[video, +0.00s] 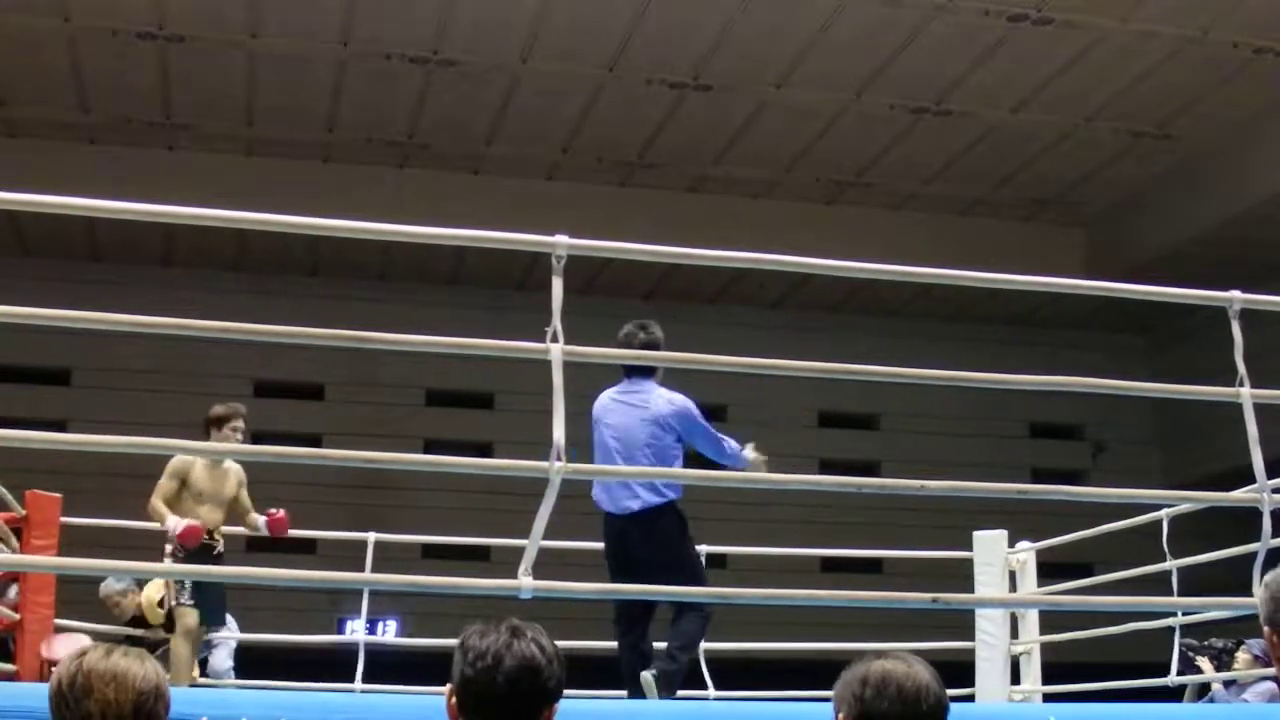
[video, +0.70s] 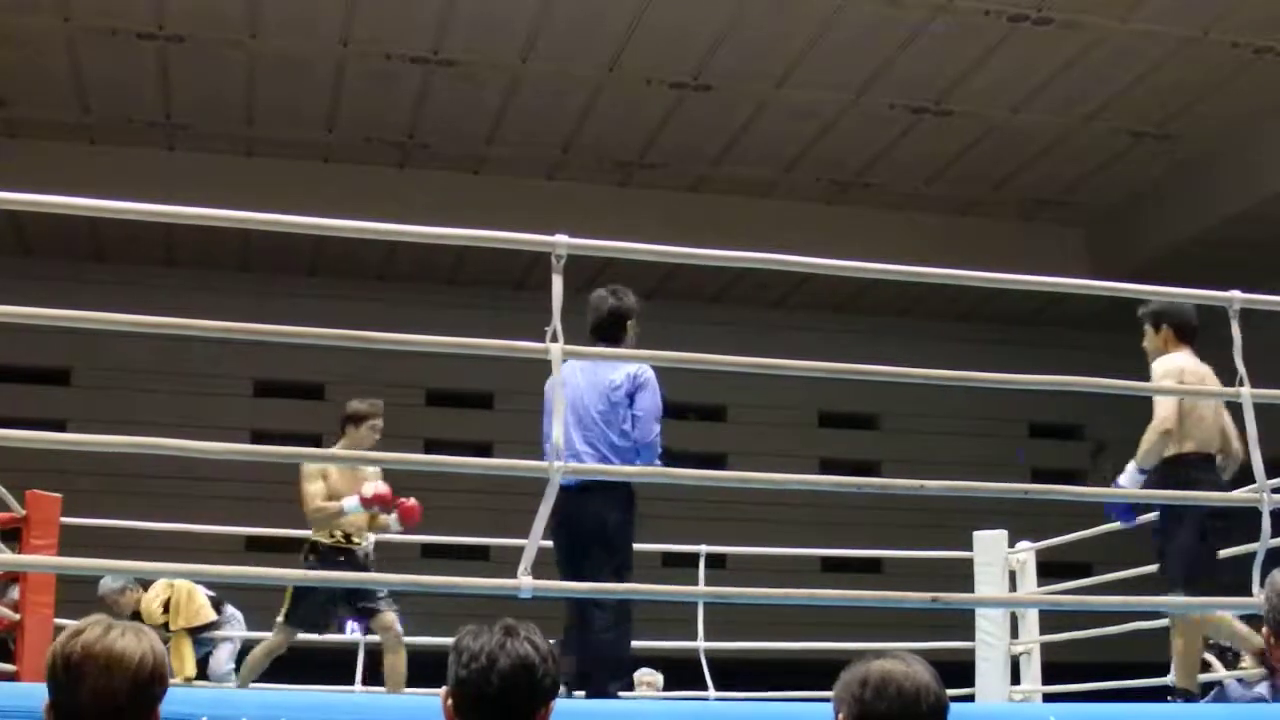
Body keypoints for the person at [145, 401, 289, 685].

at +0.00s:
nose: (239, 437)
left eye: (242, 432)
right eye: (234, 430)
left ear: (241, 434)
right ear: (214, 430)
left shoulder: (236, 473)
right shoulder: (184, 462)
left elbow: (247, 516)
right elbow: (155, 503)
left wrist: (265, 524)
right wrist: (176, 524)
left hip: (212, 552)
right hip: (182, 549)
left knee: (200, 629)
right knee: (187, 624)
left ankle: (179, 694)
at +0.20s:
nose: (257, 431)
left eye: (259, 426)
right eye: (251, 425)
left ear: (259, 429)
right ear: (231, 427)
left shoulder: (259, 468)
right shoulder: (204, 465)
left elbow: (271, 511)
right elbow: (187, 511)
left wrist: (286, 530)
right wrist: (209, 528)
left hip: (246, 556)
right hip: (215, 555)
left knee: (240, 639)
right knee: (222, 634)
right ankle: (205, 705)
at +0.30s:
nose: (272, 425)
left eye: (273, 420)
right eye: (266, 419)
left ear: (272, 422)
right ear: (246, 420)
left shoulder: (272, 462)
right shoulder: (219, 460)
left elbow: (277, 507)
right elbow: (204, 507)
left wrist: (297, 524)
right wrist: (243, 523)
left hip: (265, 554)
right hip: (232, 553)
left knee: (275, 638)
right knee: (229, 634)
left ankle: (222, 677)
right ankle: (212, 702)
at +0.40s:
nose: (293, 422)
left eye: (295, 416)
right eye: (288, 415)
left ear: (290, 417)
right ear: (267, 413)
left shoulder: (286, 453)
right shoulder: (238, 450)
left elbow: (284, 500)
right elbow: (227, 499)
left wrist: (310, 510)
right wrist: (271, 503)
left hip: (283, 542)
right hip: (251, 542)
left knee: (308, 627)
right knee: (236, 633)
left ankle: (269, 692)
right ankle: (215, 701)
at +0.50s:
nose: (318, 430)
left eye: (320, 423)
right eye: (313, 422)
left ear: (311, 423)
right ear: (293, 419)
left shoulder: (309, 459)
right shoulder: (260, 451)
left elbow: (300, 509)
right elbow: (256, 500)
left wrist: (332, 508)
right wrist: (304, 491)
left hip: (302, 546)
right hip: (268, 545)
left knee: (332, 627)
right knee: (248, 636)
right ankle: (216, 703)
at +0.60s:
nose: (344, 440)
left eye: (347, 433)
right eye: (340, 432)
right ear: (319, 427)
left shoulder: (336, 467)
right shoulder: (285, 460)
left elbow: (331, 519)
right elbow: (285, 509)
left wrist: (360, 516)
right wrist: (334, 493)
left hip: (323, 556)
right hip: (289, 554)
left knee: (359, 631)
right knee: (256, 643)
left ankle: (381, 706)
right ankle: (219, 701)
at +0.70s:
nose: (378, 437)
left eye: (380, 430)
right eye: (373, 429)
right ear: (351, 427)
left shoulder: (373, 469)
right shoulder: (317, 462)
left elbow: (372, 522)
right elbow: (314, 512)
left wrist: (396, 519)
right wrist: (357, 502)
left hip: (359, 561)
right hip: (321, 559)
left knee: (392, 633)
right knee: (280, 640)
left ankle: (396, 712)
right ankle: (236, 693)